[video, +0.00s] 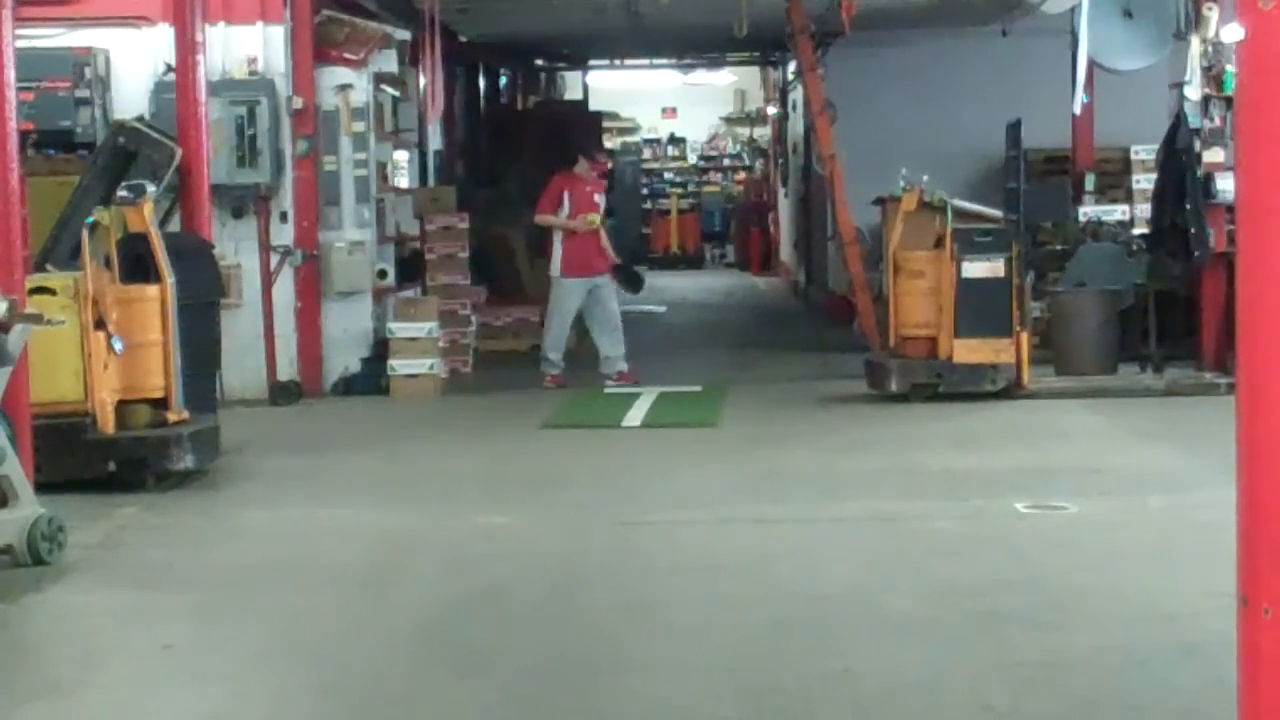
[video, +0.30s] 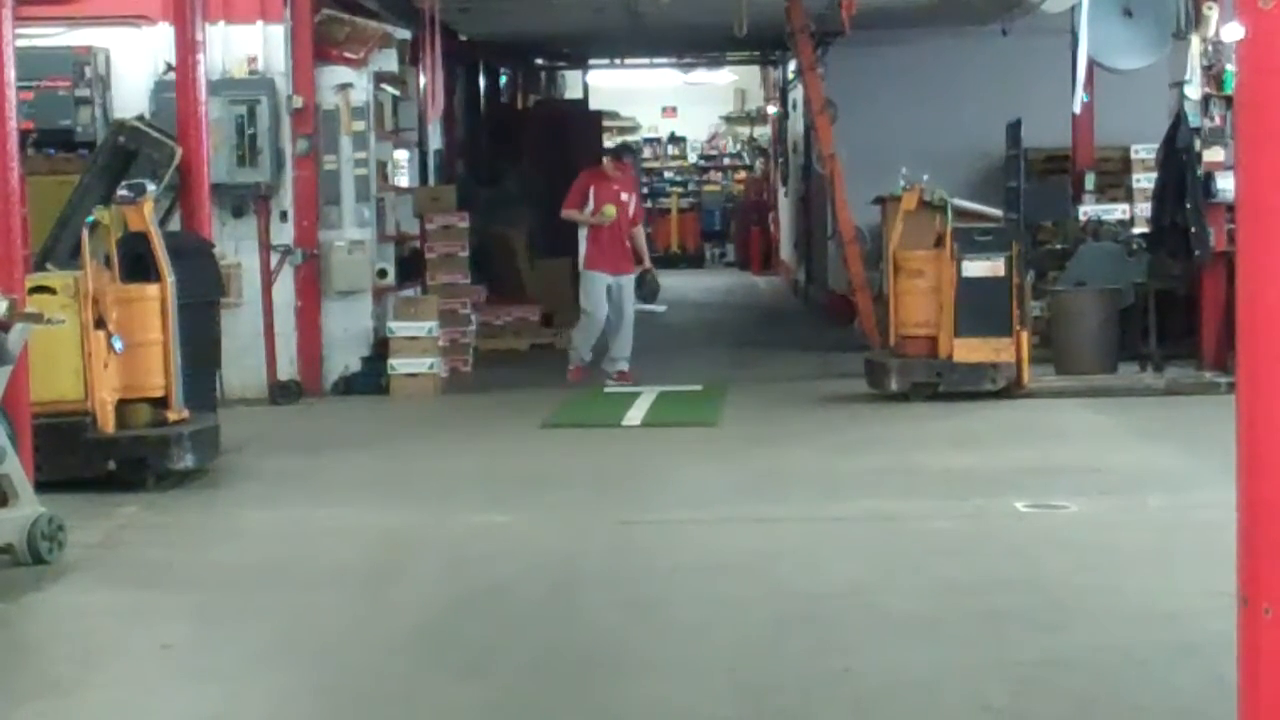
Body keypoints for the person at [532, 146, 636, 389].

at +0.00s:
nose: (597, 172)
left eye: (600, 167)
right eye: (594, 166)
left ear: (601, 166)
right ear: (581, 160)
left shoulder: (599, 186)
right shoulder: (561, 181)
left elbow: (598, 225)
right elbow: (541, 216)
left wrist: (611, 255)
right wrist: (573, 225)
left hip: (599, 270)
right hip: (569, 272)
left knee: (609, 320)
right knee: (559, 322)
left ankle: (616, 369)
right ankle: (551, 369)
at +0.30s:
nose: (621, 173)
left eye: (625, 169)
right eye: (618, 167)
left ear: (630, 167)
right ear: (607, 160)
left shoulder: (629, 183)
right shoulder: (588, 178)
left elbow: (636, 226)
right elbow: (567, 211)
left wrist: (646, 259)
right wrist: (592, 219)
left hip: (624, 263)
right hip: (595, 262)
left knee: (625, 315)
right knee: (596, 313)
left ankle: (618, 365)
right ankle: (577, 359)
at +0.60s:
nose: (629, 172)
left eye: (634, 168)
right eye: (625, 166)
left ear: (640, 165)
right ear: (616, 161)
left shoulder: (644, 183)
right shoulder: (603, 179)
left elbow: (651, 224)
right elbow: (582, 212)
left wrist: (657, 259)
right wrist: (606, 223)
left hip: (637, 261)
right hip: (610, 260)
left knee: (632, 313)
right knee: (619, 312)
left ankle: (615, 363)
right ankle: (633, 362)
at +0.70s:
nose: (633, 175)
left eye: (638, 171)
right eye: (630, 170)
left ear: (644, 166)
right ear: (620, 162)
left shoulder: (646, 182)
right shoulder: (607, 180)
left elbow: (653, 222)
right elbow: (588, 216)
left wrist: (659, 256)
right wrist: (612, 224)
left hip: (641, 260)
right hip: (616, 261)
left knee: (632, 315)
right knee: (629, 313)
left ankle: (616, 364)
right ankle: (642, 364)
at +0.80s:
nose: (632, 174)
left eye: (637, 169)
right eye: (628, 168)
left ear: (642, 165)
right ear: (618, 162)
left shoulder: (648, 181)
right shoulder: (609, 182)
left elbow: (656, 220)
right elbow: (592, 220)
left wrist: (662, 254)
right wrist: (619, 225)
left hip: (647, 260)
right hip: (622, 262)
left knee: (636, 313)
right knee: (634, 311)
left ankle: (617, 363)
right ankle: (646, 364)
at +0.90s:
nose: (635, 175)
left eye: (639, 170)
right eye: (631, 170)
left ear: (646, 165)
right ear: (621, 163)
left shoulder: (650, 177)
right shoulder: (610, 183)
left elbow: (660, 214)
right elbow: (597, 222)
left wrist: (668, 247)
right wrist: (629, 224)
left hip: (653, 260)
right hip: (627, 263)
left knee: (652, 312)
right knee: (637, 312)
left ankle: (622, 357)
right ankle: (645, 363)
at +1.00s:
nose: (638, 175)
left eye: (642, 171)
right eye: (634, 171)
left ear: (648, 163)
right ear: (624, 164)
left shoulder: (652, 175)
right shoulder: (612, 182)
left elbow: (665, 206)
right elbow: (599, 222)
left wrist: (677, 234)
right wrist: (633, 224)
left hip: (657, 260)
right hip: (631, 263)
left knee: (665, 309)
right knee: (637, 313)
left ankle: (633, 354)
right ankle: (646, 364)